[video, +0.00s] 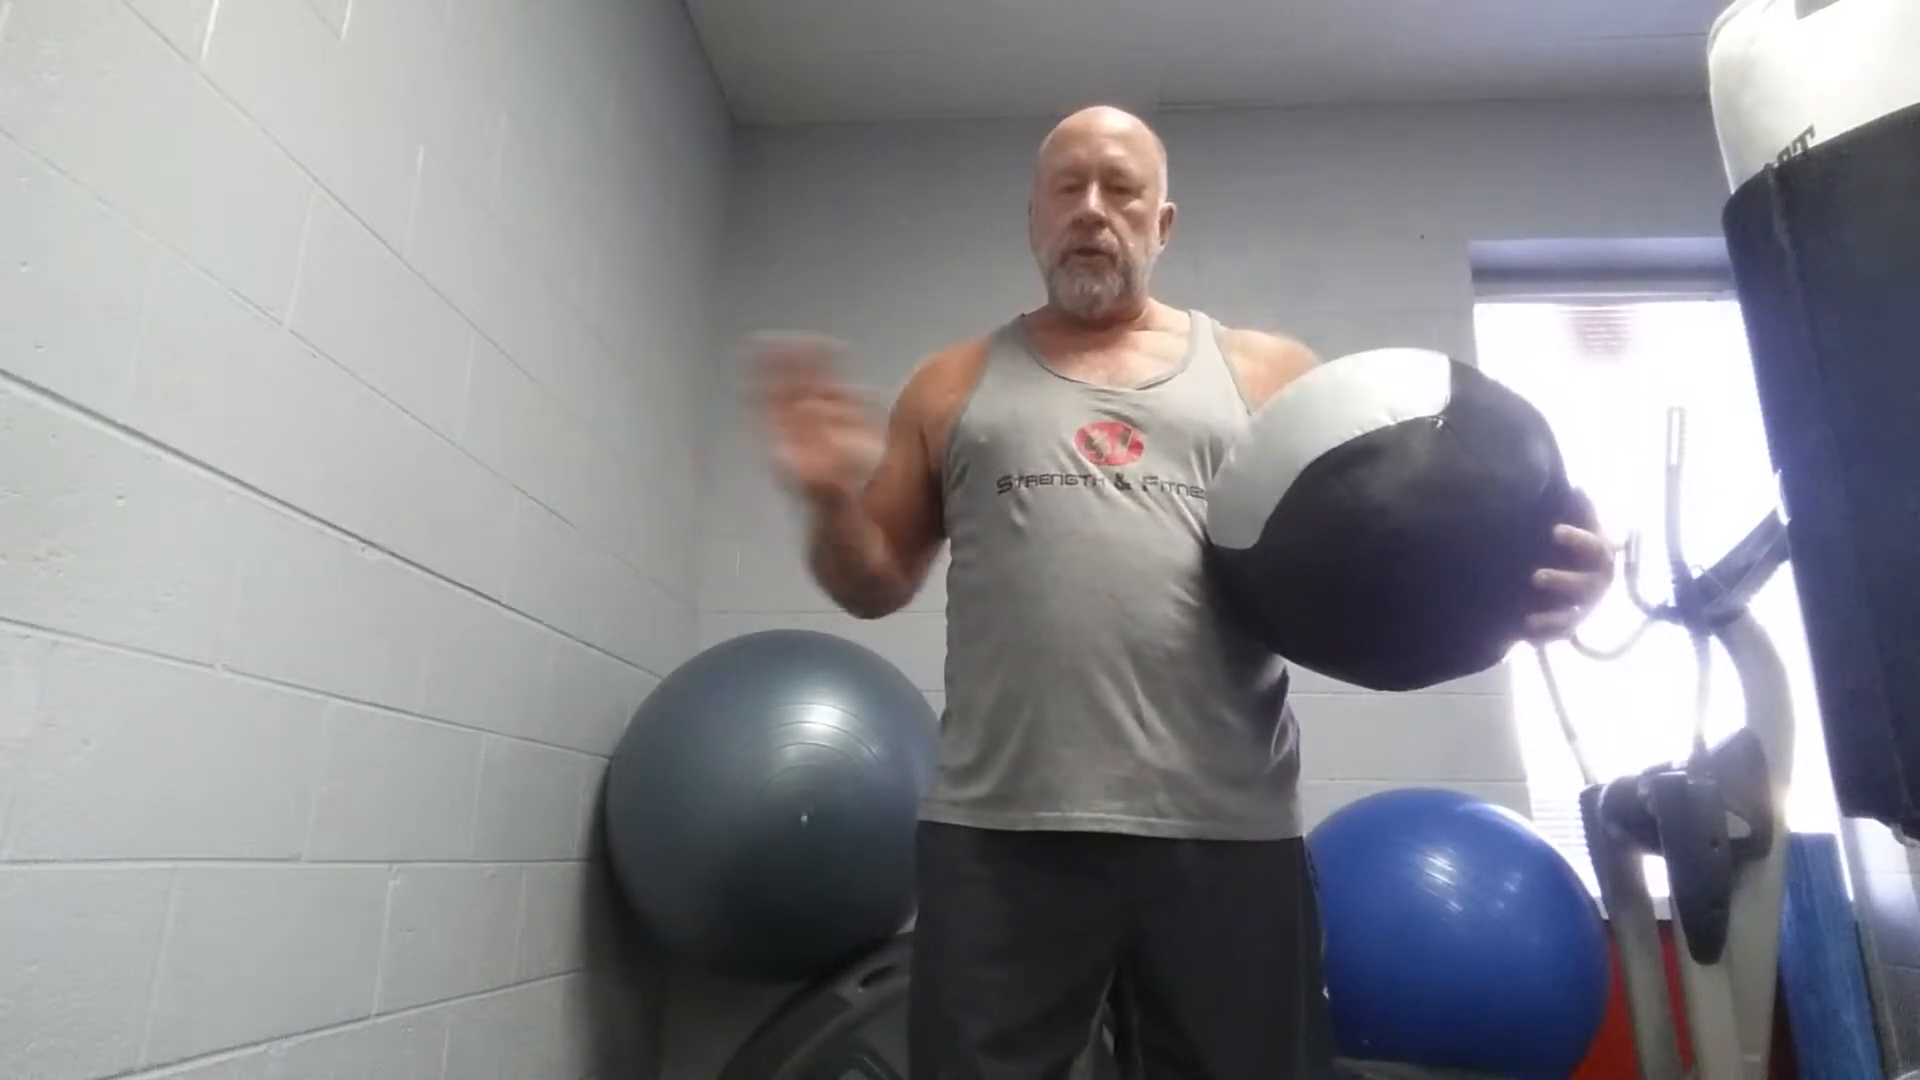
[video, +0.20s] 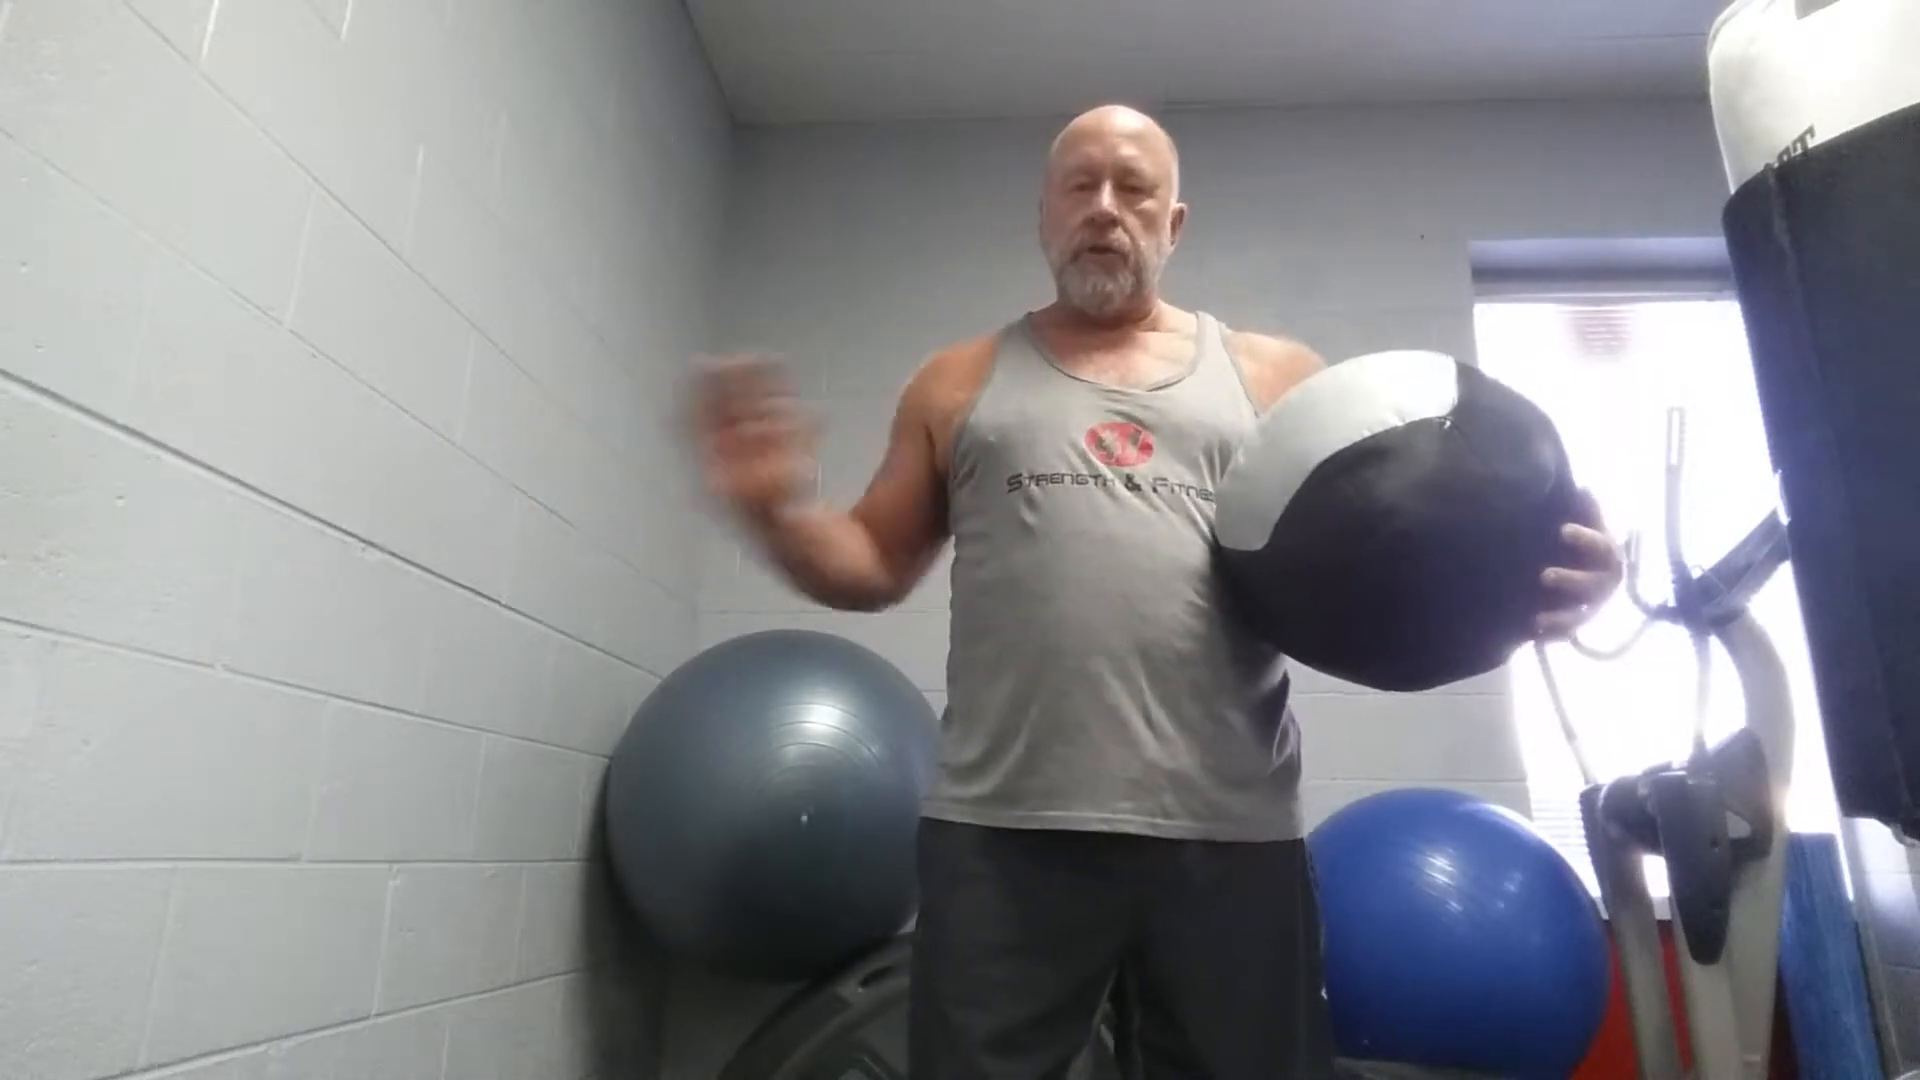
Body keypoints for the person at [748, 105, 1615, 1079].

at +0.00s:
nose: (1092, 207)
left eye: (1121, 187)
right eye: (1067, 186)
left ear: (1164, 220)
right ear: (1031, 216)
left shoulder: (1267, 370)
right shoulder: (951, 383)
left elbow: (1396, 543)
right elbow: (875, 585)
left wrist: (1539, 575)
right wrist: (828, 497)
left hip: (1225, 834)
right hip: (999, 833)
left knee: (1248, 1068)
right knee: (978, 1068)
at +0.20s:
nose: (1103, 210)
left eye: (1133, 188)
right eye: (1080, 185)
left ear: (1175, 222)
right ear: (1041, 213)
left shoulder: (1274, 376)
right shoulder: (956, 384)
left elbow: (1393, 551)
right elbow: (870, 564)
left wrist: (1545, 578)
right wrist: (771, 507)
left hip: (1227, 836)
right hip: (1002, 833)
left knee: (1250, 1076)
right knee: (975, 1072)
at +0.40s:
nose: (1116, 204)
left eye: (1145, 187)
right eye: (1094, 182)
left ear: (1189, 221)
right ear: (1051, 211)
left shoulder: (1276, 378)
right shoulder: (963, 381)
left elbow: (1414, 541)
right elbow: (844, 546)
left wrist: (1561, 580)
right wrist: (660, 534)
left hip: (1233, 844)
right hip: (1007, 839)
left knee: (1262, 1074)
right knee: (980, 1076)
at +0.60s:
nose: (1112, 204)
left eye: (1141, 187)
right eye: (1089, 181)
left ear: (1187, 220)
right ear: (1048, 212)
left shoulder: (1277, 375)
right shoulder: (965, 381)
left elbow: (1414, 535)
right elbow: (859, 556)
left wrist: (1557, 579)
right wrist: (687, 549)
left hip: (1236, 847)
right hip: (1007, 841)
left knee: (1263, 1070)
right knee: (978, 1071)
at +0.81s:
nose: (1109, 201)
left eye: (1137, 180)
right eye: (1084, 178)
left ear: (1181, 211)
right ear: (1043, 206)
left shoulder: (1281, 374)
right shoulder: (961, 382)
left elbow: (1415, 539)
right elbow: (864, 560)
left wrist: (1563, 579)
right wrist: (705, 573)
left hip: (1235, 851)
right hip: (1004, 847)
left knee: (1261, 1070)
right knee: (969, 1069)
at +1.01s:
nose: (1075, 191)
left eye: (1103, 169)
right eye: (1050, 170)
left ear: (1153, 205)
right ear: (1014, 206)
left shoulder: (1265, 358)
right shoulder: (943, 384)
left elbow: (1393, 534)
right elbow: (872, 570)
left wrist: (1546, 574)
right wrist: (746, 592)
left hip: (1224, 852)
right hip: (991, 848)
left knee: (1252, 1074)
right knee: (958, 1071)